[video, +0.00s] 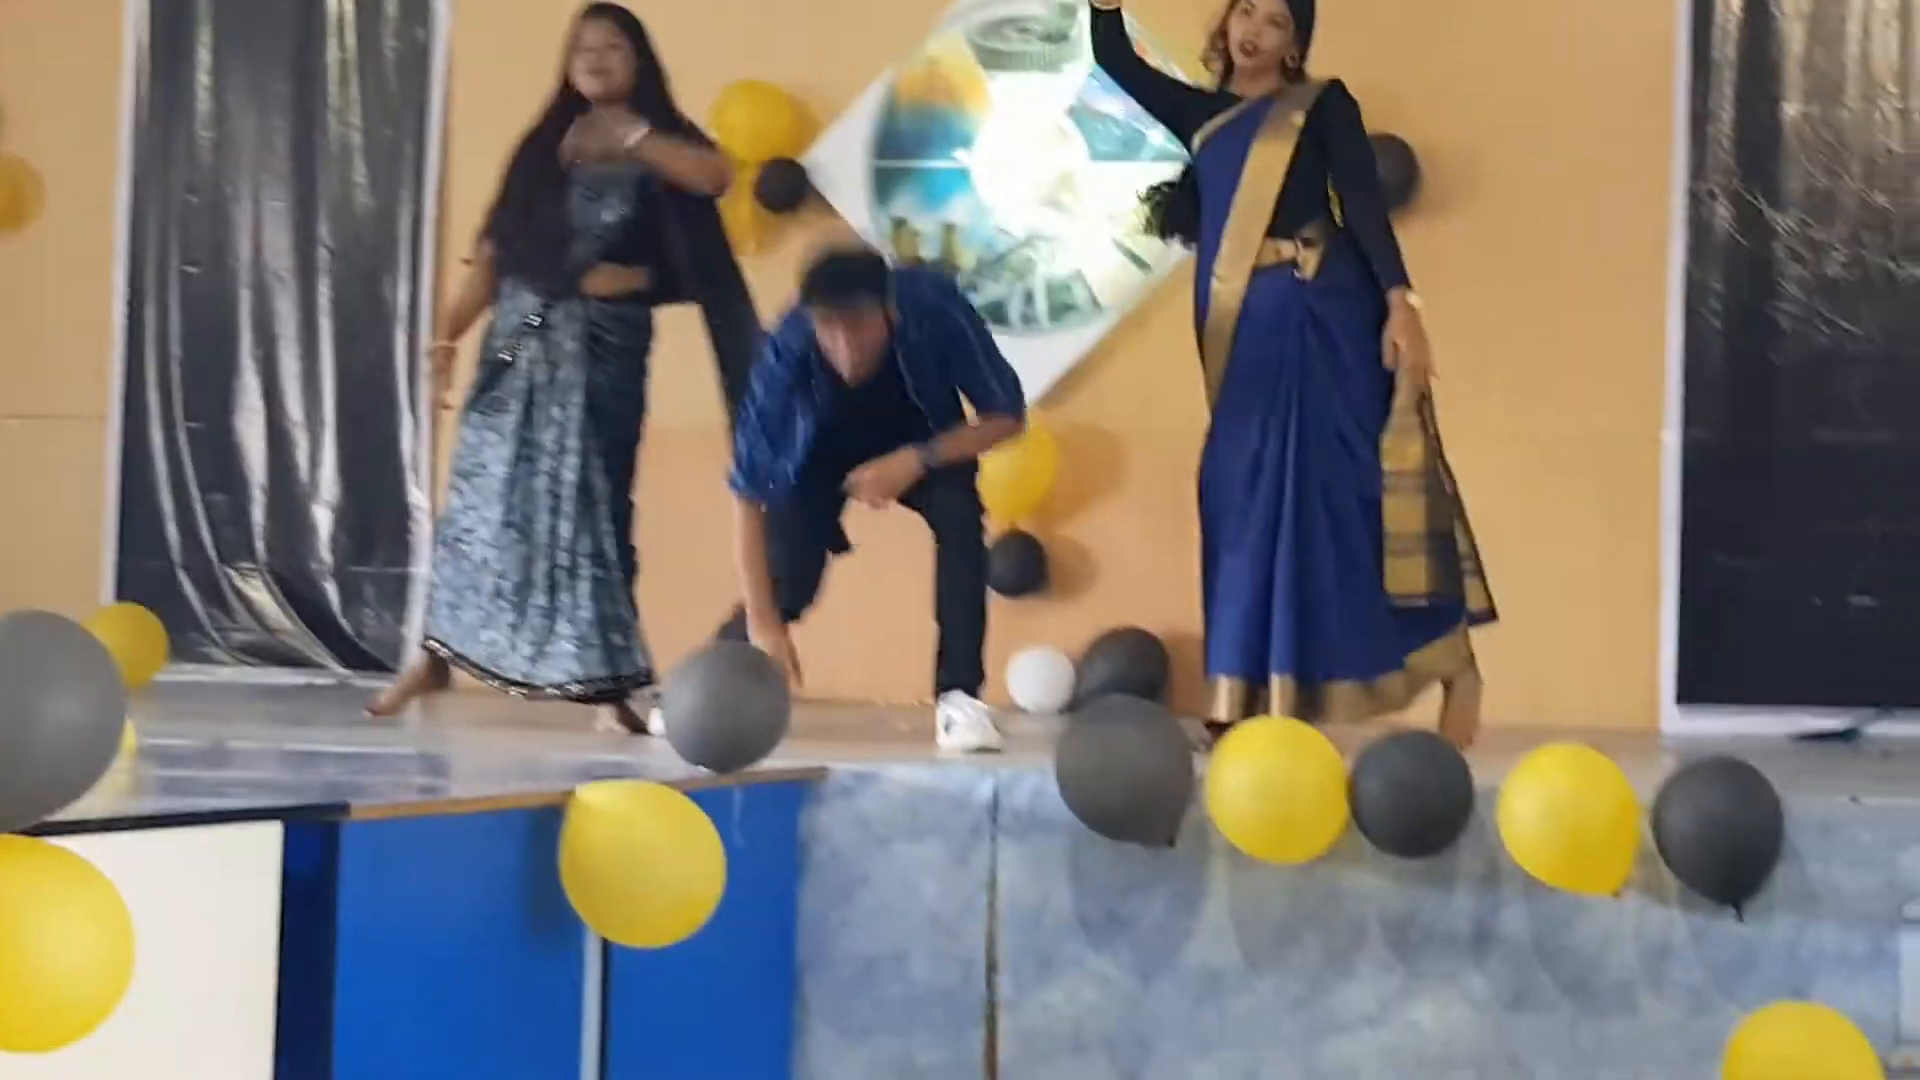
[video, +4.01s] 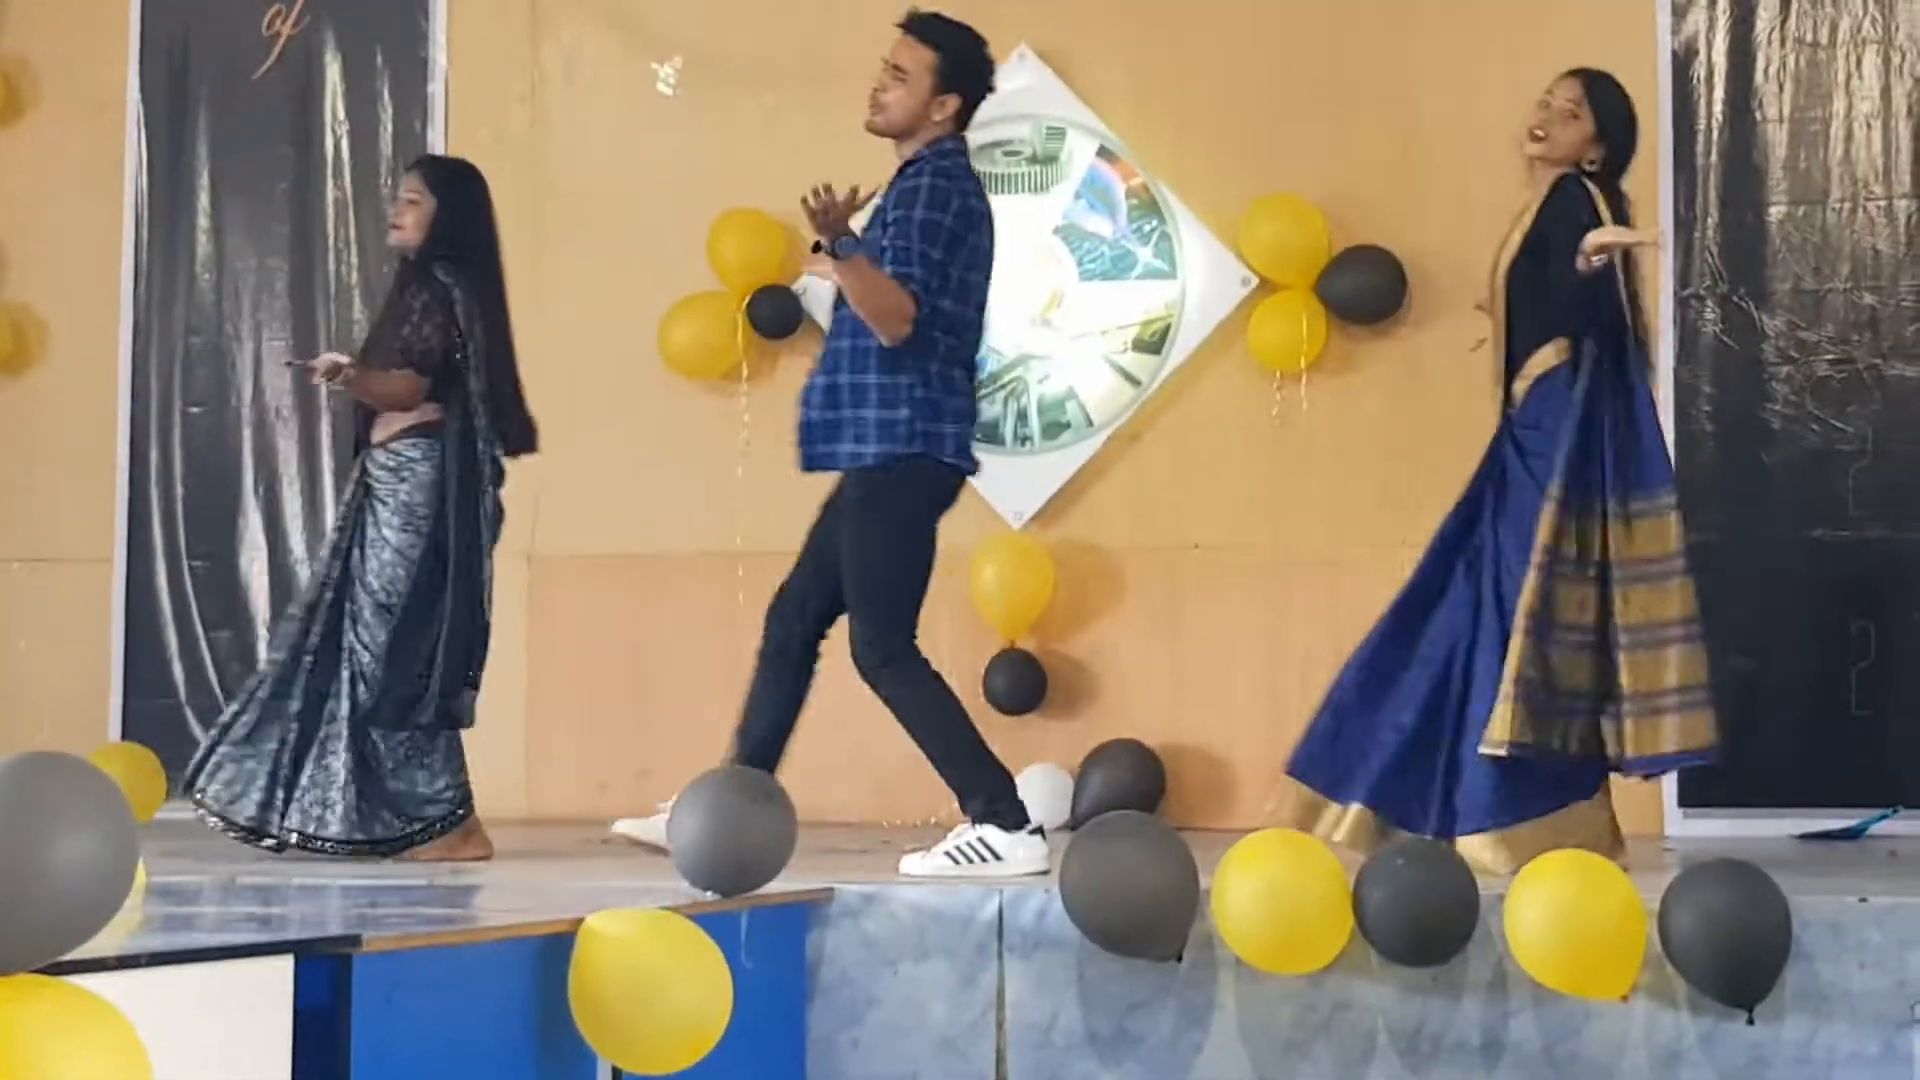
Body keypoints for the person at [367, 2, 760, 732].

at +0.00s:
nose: (596, 62)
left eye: (610, 50)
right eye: (584, 51)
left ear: (639, 59)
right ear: (567, 62)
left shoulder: (666, 138)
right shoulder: (546, 143)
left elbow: (718, 173)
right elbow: (492, 253)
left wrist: (631, 141)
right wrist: (447, 337)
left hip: (602, 342)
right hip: (520, 336)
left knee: (592, 505)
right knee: (477, 494)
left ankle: (614, 691)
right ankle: (430, 656)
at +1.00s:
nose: (296, 148)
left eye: (312, 137)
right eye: (286, 137)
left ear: (340, 150)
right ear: (269, 151)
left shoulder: (367, 233)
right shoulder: (247, 234)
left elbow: (388, 328)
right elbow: (210, 339)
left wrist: (388, 418)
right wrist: (182, 418)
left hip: (331, 424)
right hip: (249, 426)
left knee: (329, 581)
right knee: (235, 575)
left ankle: (339, 748)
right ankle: (224, 747)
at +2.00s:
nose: (467, 414)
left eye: (482, 404)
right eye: (456, 400)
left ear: (502, 415)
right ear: (434, 404)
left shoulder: (515, 493)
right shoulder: (392, 471)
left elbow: (526, 579)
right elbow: (328, 538)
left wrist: (509, 636)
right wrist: (355, 583)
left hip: (470, 672)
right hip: (388, 668)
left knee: (480, 811)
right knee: (385, 809)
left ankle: (506, 969)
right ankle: (378, 963)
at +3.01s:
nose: (382, 532)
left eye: (399, 521)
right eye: (371, 521)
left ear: (427, 536)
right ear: (357, 536)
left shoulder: (469, 617)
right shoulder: (339, 625)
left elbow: (526, 706)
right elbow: (322, 723)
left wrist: (490, 762)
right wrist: (295, 755)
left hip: (442, 823)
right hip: (356, 823)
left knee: (441, 983)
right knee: (340, 977)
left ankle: (447, 1073)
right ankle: (338, 1072)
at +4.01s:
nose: (396, 212)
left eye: (411, 203)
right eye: (399, 200)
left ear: (445, 217)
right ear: (434, 216)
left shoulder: (434, 285)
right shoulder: (447, 282)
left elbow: (410, 386)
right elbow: (441, 391)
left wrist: (352, 375)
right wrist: (379, 411)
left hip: (418, 485)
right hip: (430, 481)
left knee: (384, 644)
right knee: (400, 645)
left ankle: (449, 822)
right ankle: (433, 818)